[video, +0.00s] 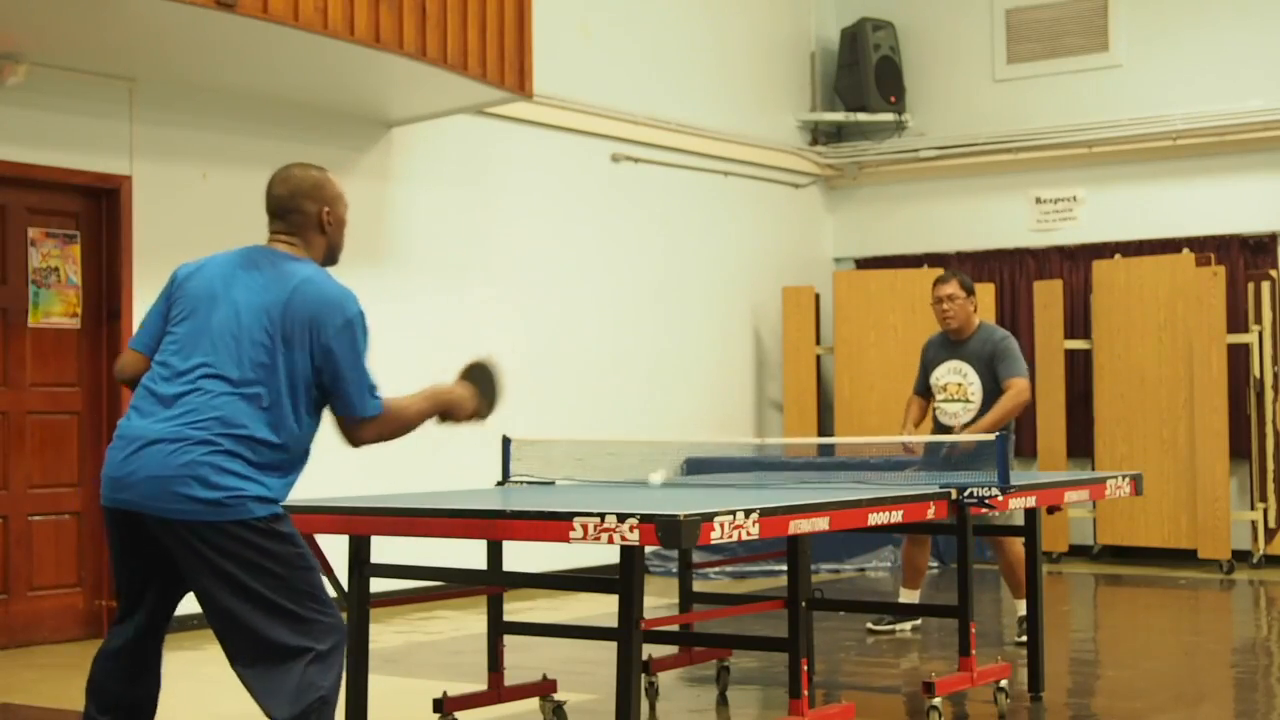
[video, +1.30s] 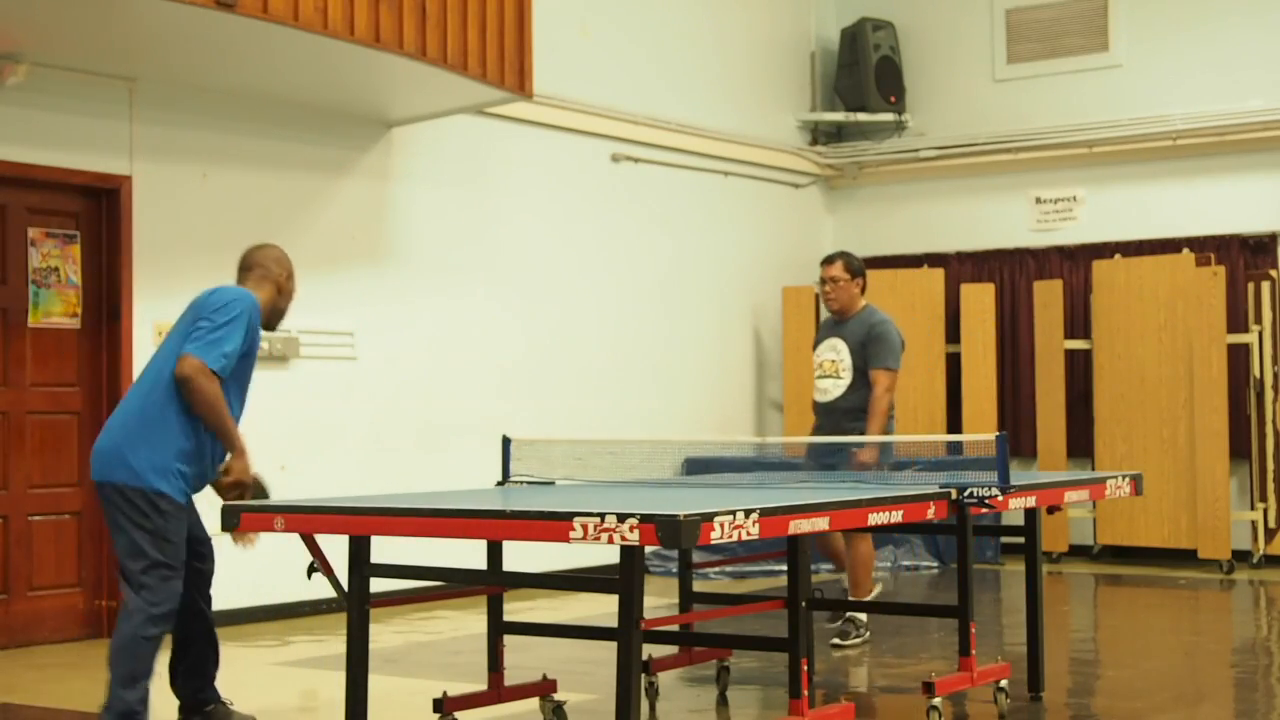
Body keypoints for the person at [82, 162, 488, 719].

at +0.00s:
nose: (345, 227)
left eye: (344, 216)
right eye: (343, 216)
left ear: (273, 218)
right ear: (324, 217)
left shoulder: (194, 273)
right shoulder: (328, 300)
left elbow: (130, 367)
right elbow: (362, 425)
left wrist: (204, 393)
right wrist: (439, 399)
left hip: (127, 484)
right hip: (221, 496)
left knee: (137, 625)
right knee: (316, 637)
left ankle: (105, 715)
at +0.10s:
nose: (323, 216)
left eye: (320, 205)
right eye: (320, 206)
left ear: (253, 213)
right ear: (305, 210)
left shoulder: (180, 272)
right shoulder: (312, 290)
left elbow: (112, 362)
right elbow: (325, 419)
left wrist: (184, 378)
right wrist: (392, 411)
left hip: (123, 484)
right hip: (213, 492)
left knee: (133, 623)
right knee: (298, 641)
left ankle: (113, 713)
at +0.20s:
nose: (284, 206)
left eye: (280, 195)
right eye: (281, 196)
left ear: (218, 203)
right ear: (268, 202)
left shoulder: (149, 265)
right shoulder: (284, 278)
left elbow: (87, 357)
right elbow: (284, 401)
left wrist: (131, 384)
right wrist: (337, 411)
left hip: (118, 480)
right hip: (209, 485)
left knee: (122, 633)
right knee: (271, 646)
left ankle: (107, 715)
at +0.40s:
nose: (224, 189)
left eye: (222, 180)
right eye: (222, 180)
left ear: (154, 189)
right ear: (208, 184)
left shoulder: (97, 254)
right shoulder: (234, 261)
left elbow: (43, 351)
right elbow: (236, 371)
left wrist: (70, 367)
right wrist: (286, 403)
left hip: (92, 472)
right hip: (182, 474)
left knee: (103, 631)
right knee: (227, 632)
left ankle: (93, 717)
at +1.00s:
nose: (250, 227)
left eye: (249, 217)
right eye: (250, 216)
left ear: (196, 213)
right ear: (237, 212)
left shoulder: (146, 272)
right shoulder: (218, 269)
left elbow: (86, 350)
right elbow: (206, 366)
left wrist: (139, 393)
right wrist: (274, 388)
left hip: (106, 455)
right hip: (149, 463)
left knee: (140, 601)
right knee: (163, 609)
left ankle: (140, 706)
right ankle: (148, 712)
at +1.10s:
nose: (263, 254)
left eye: (263, 244)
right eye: (262, 243)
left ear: (210, 235)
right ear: (250, 237)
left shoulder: (181, 283)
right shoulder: (221, 277)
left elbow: (122, 365)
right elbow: (206, 364)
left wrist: (184, 444)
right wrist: (264, 398)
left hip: (121, 458)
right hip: (145, 463)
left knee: (154, 583)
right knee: (169, 587)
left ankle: (177, 688)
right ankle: (152, 705)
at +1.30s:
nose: (290, 303)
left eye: (292, 294)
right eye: (291, 292)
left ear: (251, 274)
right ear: (278, 281)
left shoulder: (220, 306)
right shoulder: (239, 304)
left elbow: (187, 420)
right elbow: (193, 370)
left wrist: (229, 492)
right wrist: (237, 449)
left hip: (153, 468)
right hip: (140, 466)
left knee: (195, 563)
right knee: (156, 586)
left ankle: (198, 700)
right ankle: (123, 711)